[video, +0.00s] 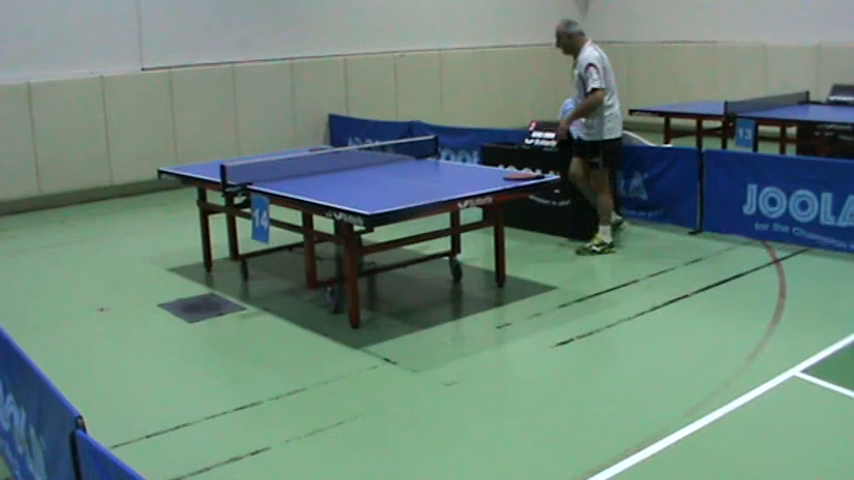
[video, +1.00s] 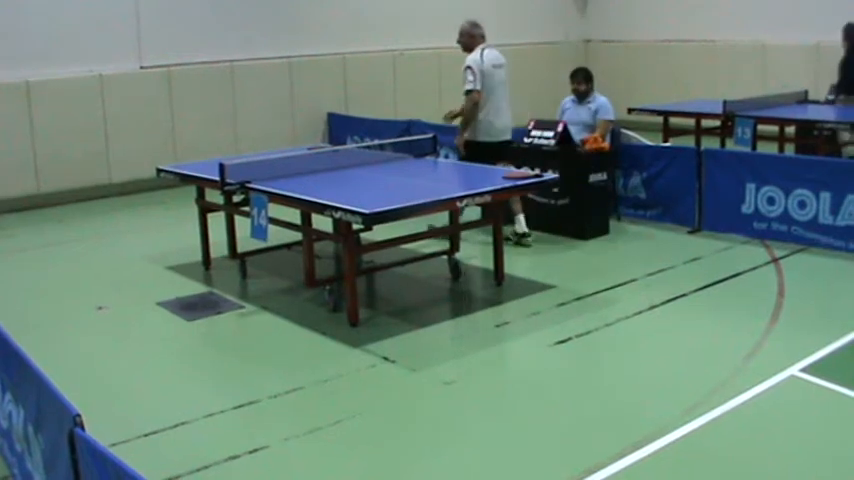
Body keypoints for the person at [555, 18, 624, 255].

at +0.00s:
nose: (558, 46)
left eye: (560, 40)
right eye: (557, 41)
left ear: (572, 37)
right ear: (574, 36)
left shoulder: (589, 59)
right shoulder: (585, 57)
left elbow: (597, 97)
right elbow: (590, 96)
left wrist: (568, 120)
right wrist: (572, 119)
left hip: (602, 133)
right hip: (589, 131)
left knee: (600, 183)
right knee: (576, 173)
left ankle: (604, 235)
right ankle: (610, 216)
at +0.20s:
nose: (543, 46)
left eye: (545, 40)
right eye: (543, 40)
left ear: (558, 37)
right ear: (561, 36)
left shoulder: (571, 59)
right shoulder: (574, 54)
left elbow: (576, 97)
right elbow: (578, 96)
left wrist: (550, 118)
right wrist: (558, 119)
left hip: (589, 130)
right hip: (574, 130)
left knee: (592, 181)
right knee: (560, 173)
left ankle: (603, 236)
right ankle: (560, 230)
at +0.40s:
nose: (520, 45)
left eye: (521, 40)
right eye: (519, 40)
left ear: (534, 37)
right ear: (538, 37)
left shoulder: (545, 59)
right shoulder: (553, 55)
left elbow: (551, 97)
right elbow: (560, 95)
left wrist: (529, 118)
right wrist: (540, 120)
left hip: (559, 135)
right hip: (557, 134)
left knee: (571, 182)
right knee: (539, 182)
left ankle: (598, 233)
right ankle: (525, 231)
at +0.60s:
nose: (499, 39)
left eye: (502, 33)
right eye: (500, 33)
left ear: (514, 33)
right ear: (520, 33)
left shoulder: (522, 55)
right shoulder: (535, 52)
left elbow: (527, 92)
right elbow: (538, 90)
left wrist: (509, 121)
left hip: (529, 130)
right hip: (540, 128)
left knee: (526, 180)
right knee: (527, 180)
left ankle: (559, 216)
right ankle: (524, 230)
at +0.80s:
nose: (482, 38)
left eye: (484, 33)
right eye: (483, 33)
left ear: (496, 33)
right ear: (503, 33)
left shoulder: (500, 56)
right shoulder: (521, 53)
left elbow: (503, 94)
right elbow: (514, 92)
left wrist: (487, 123)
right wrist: (486, 115)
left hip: (504, 130)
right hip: (523, 128)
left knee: (492, 177)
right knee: (522, 179)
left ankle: (492, 228)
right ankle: (524, 229)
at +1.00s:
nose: (459, 42)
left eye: (461, 37)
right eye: (459, 37)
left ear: (472, 37)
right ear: (480, 37)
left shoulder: (473, 61)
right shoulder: (498, 57)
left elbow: (473, 99)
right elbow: (490, 97)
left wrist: (462, 132)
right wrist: (461, 111)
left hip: (481, 134)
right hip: (503, 132)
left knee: (467, 179)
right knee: (509, 179)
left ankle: (451, 224)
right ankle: (521, 226)